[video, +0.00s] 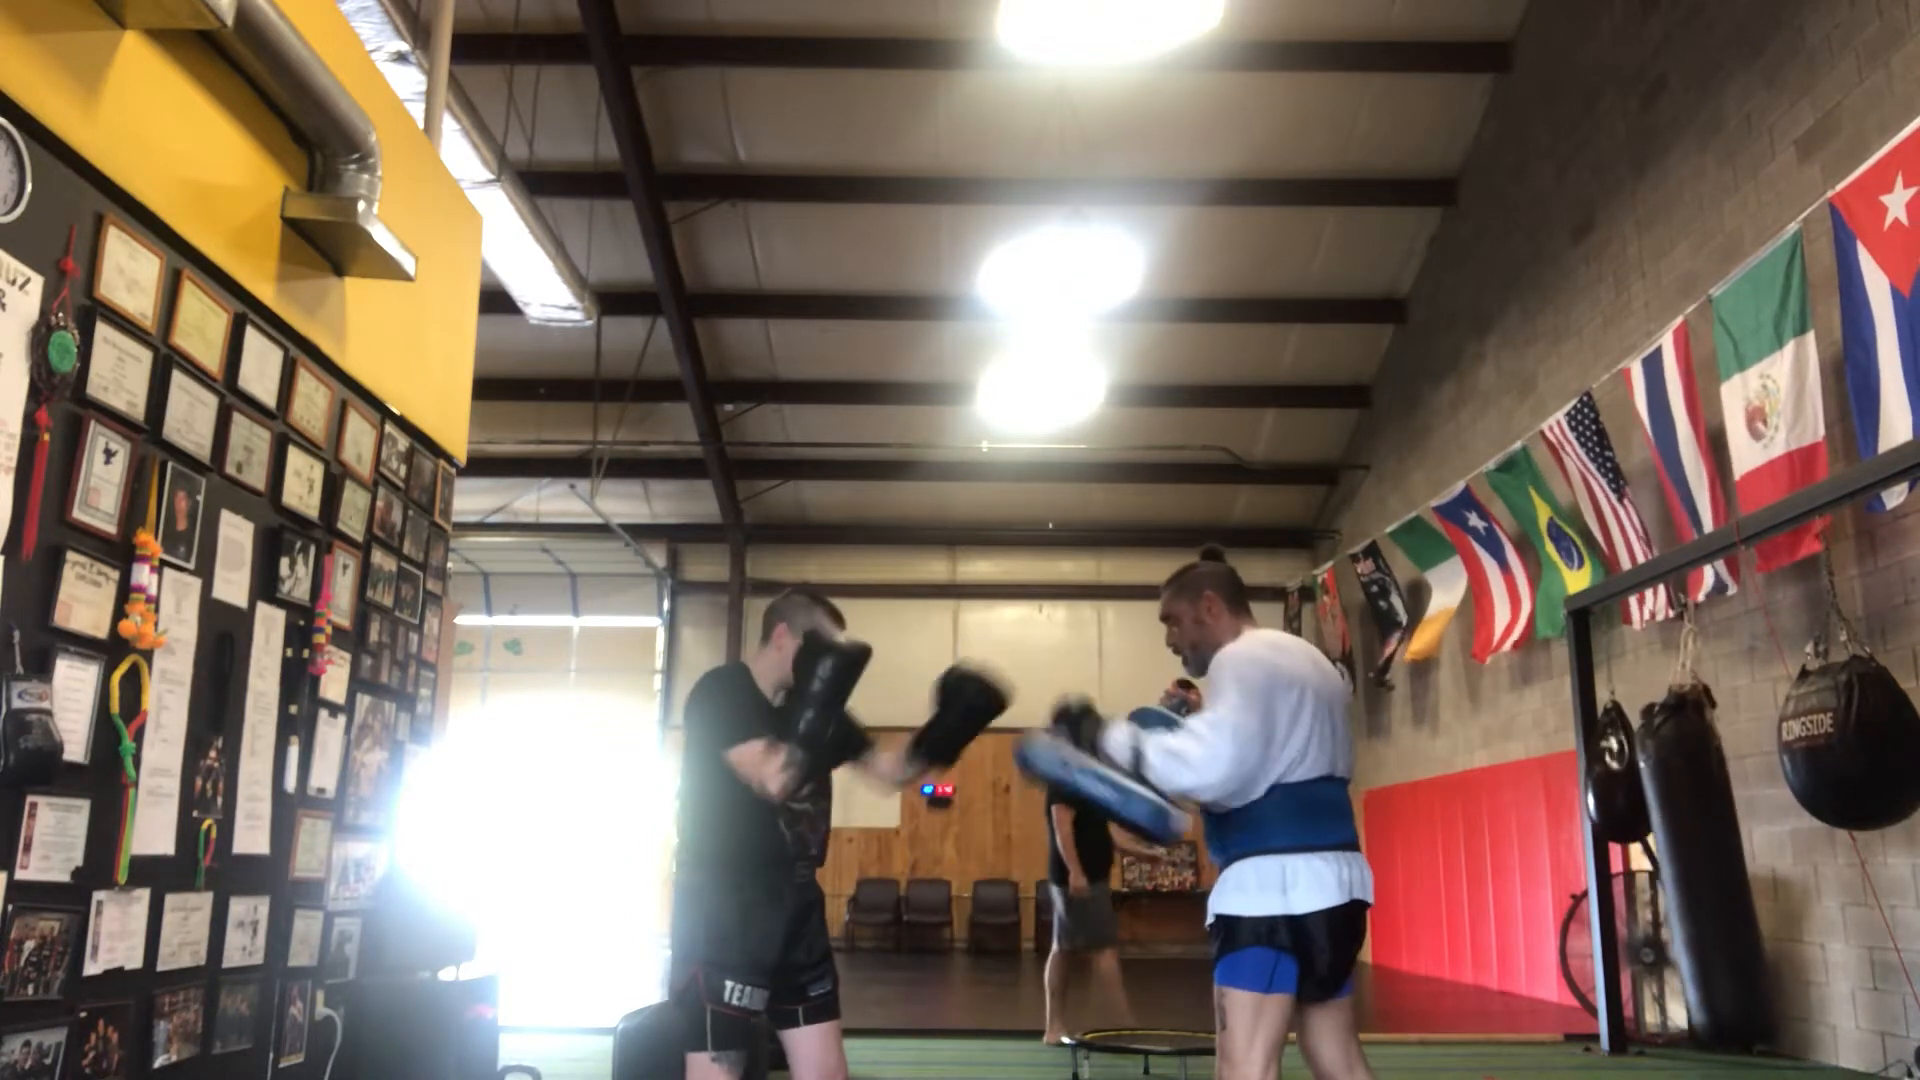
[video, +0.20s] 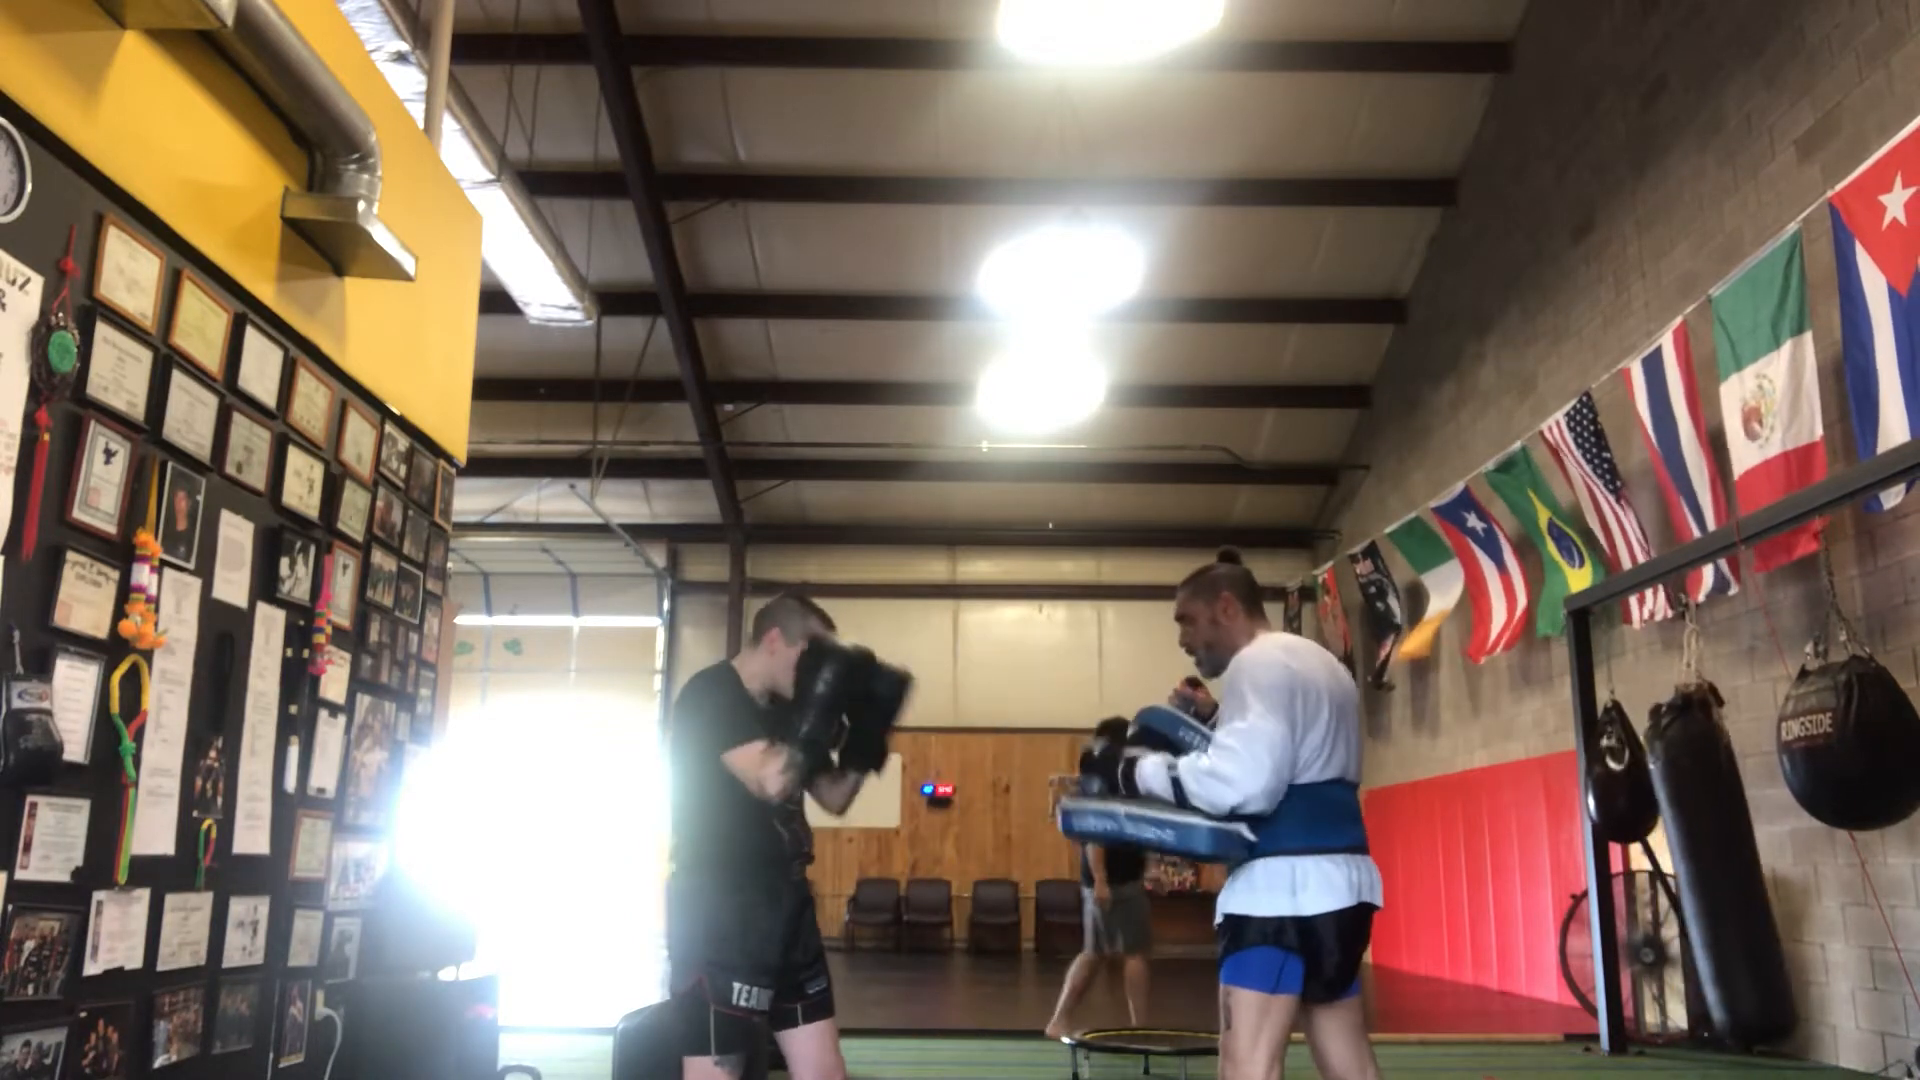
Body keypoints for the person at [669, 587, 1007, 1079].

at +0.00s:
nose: (823, 662)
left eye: (828, 651)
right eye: (816, 647)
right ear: (782, 636)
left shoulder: (812, 705)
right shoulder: (720, 691)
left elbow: (888, 770)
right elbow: (775, 779)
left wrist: (948, 728)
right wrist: (816, 702)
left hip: (797, 913)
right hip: (724, 915)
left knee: (824, 1070)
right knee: (715, 1070)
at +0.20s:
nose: (812, 670)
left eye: (818, 659)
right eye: (809, 655)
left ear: (775, 643)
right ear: (773, 640)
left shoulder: (783, 710)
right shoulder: (708, 694)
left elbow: (834, 797)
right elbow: (772, 780)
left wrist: (871, 721)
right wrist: (822, 703)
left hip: (786, 907)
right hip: (720, 909)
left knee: (822, 1069)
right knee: (713, 1070)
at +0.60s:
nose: (803, 659)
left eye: (810, 648)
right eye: (800, 645)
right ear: (767, 636)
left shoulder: (781, 702)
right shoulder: (708, 688)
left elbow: (842, 783)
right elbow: (777, 778)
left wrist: (879, 711)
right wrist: (812, 697)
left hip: (777, 907)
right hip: (710, 911)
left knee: (828, 1068)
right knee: (705, 1071)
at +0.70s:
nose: (811, 656)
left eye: (817, 646)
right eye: (806, 643)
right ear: (772, 636)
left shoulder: (790, 702)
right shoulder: (711, 691)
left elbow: (881, 754)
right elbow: (780, 778)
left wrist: (949, 710)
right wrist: (815, 699)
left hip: (784, 904)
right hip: (716, 908)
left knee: (838, 1068)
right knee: (709, 1071)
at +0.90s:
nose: (836, 654)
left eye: (841, 644)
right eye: (829, 641)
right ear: (796, 632)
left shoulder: (824, 695)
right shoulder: (737, 686)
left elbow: (926, 716)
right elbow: (804, 763)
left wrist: (971, 650)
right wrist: (838, 687)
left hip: (811, 896)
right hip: (737, 903)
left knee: (921, 1016)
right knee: (719, 1070)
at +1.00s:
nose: (851, 650)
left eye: (855, 641)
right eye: (843, 639)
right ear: (811, 632)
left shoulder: (847, 695)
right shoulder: (753, 687)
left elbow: (940, 714)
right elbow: (816, 764)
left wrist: (968, 646)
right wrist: (850, 683)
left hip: (834, 898)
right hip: (759, 905)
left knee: (942, 1021)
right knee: (731, 1070)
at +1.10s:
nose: (872, 660)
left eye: (876, 649)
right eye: (864, 647)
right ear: (831, 644)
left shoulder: (870, 703)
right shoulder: (771, 701)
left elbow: (941, 760)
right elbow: (825, 781)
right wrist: (866, 701)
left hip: (860, 912)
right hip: (782, 916)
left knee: (942, 1054)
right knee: (753, 1071)